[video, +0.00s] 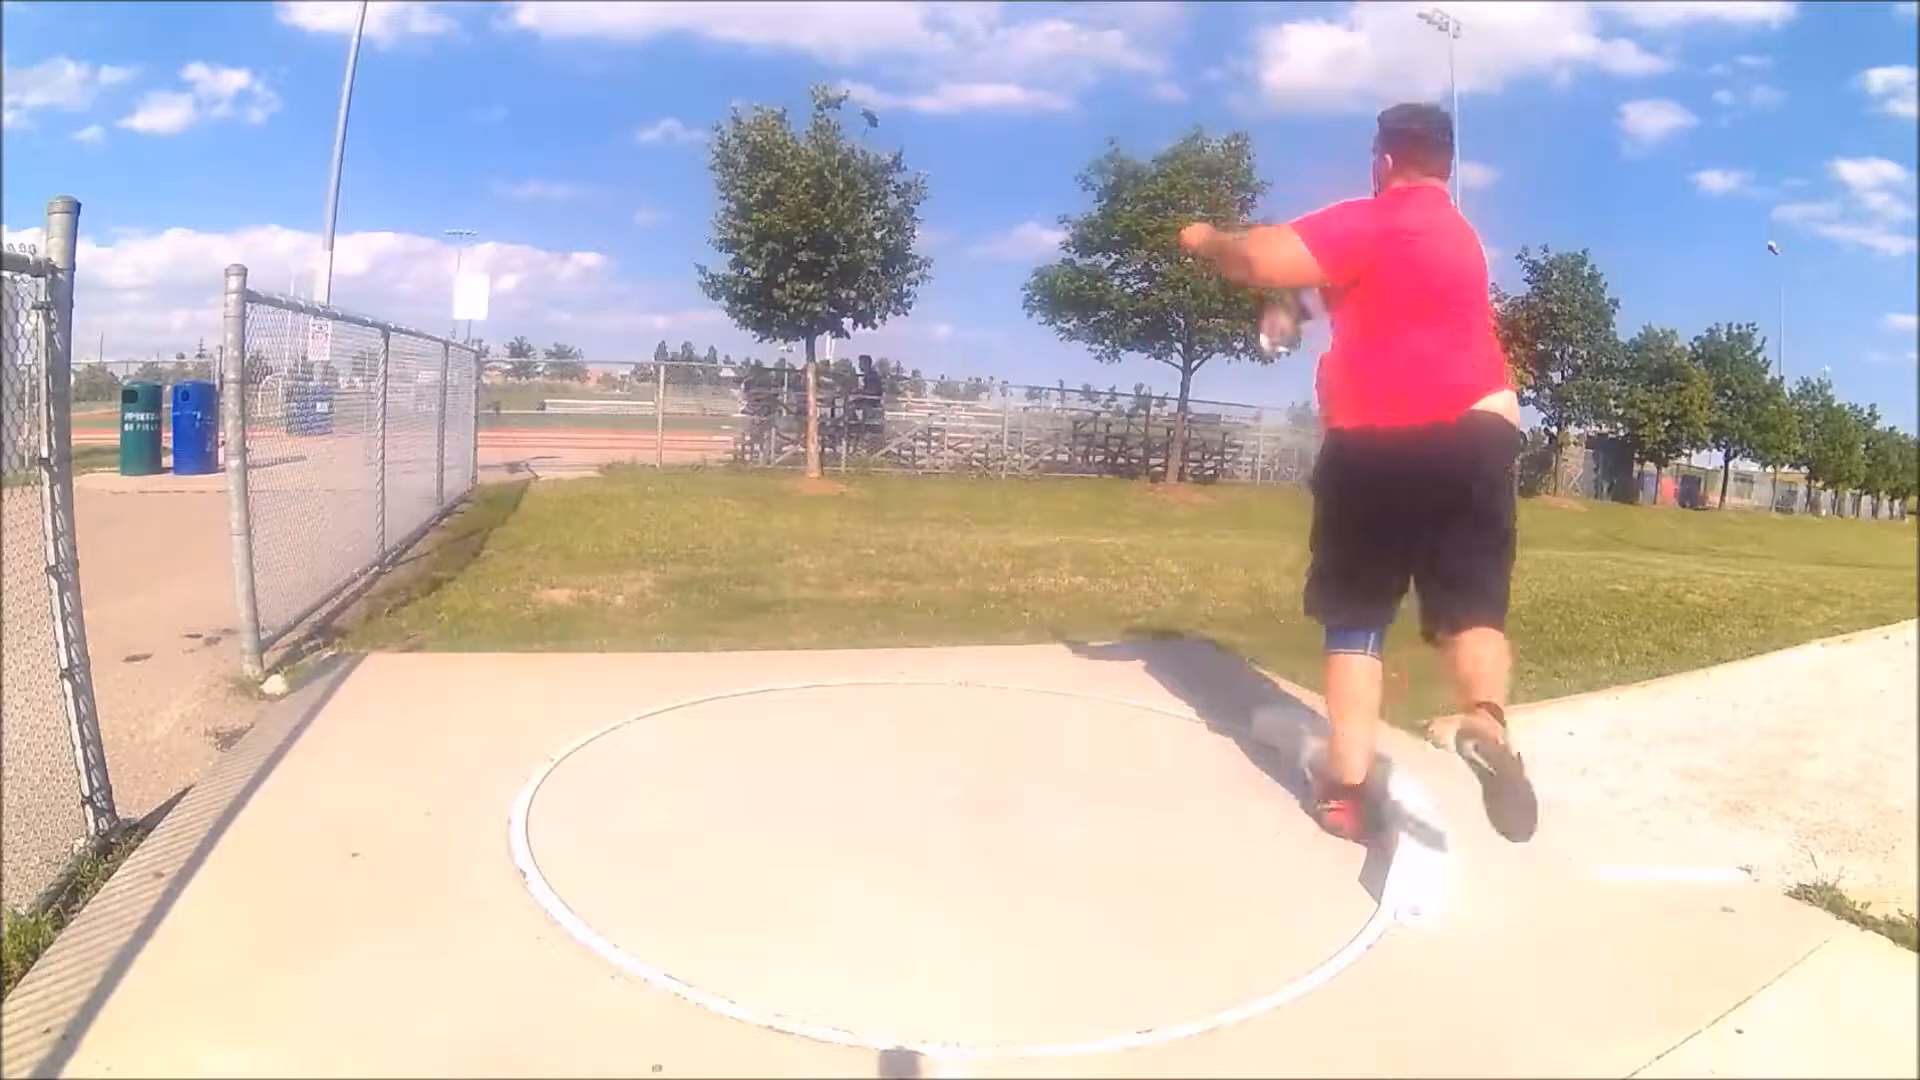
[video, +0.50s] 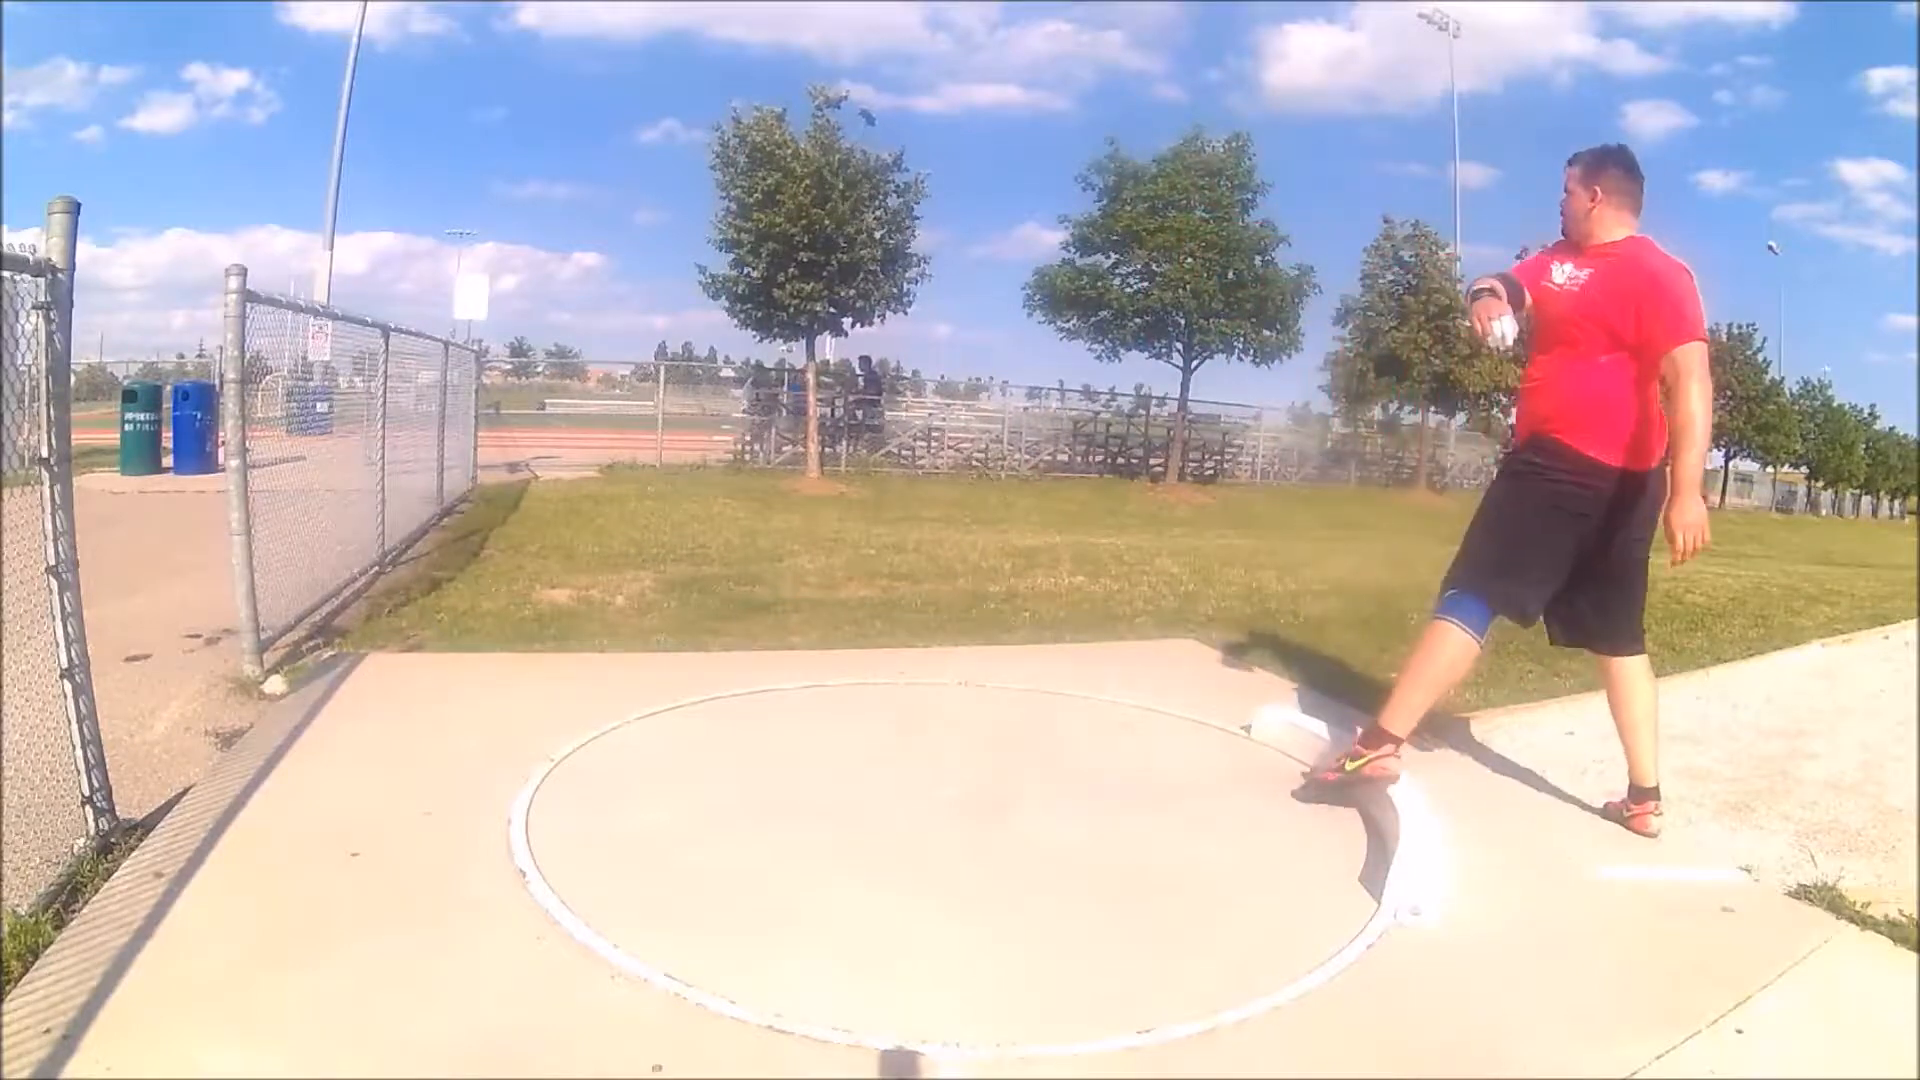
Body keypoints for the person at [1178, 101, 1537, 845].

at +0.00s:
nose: (1375, 169)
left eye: (1376, 159)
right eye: (1381, 160)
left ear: (1384, 161)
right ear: (1447, 166)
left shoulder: (1375, 222)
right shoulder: (1461, 234)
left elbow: (1259, 261)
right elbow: (1369, 278)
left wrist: (1208, 239)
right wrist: (1300, 305)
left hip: (1371, 444)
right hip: (1476, 438)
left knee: (1354, 621)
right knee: (1473, 605)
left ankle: (1350, 795)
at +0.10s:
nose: (1403, 176)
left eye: (1407, 165)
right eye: (1408, 165)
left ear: (1425, 163)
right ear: (1474, 169)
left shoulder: (1448, 220)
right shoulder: (1464, 232)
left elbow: (1391, 264)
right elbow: (1363, 289)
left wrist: (1267, 257)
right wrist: (1283, 317)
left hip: (1420, 453)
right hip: (1514, 447)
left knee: (1385, 622)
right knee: (1540, 616)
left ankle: (1351, 793)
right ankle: (1637, 740)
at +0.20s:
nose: (1441, 190)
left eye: (1447, 177)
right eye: (1444, 178)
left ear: (1471, 178)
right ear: (1506, 182)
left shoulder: (1510, 233)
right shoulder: (1449, 250)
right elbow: (1381, 293)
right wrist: (1306, 301)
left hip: (1468, 464)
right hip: (1552, 464)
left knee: (1415, 632)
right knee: (1581, 626)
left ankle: (1356, 792)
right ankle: (1657, 779)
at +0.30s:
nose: (1487, 206)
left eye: (1494, 193)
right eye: (1489, 193)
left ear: (1526, 195)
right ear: (1536, 197)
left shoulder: (1576, 262)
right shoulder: (1484, 266)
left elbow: (1612, 330)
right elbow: (1422, 287)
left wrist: (1554, 361)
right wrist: (1369, 292)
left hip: (1516, 484)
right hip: (1586, 490)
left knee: (1439, 641)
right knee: (1590, 644)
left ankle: (1361, 794)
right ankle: (1636, 796)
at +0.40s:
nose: (1529, 209)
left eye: (1536, 197)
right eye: (1531, 198)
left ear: (1568, 200)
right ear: (1571, 201)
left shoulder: (1632, 275)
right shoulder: (1522, 265)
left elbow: (1671, 360)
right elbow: (1476, 291)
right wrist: (1446, 297)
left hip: (1547, 476)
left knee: (1461, 622)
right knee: (1607, 640)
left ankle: (1369, 766)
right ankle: (1642, 794)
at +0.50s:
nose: (1562, 208)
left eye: (1568, 196)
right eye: (1564, 196)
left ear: (1596, 195)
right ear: (1613, 196)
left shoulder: (1659, 271)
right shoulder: (1555, 260)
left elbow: (1691, 379)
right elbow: (1501, 286)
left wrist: (1689, 492)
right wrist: (1489, 298)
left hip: (1561, 461)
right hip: (1631, 476)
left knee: (1471, 597)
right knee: (1618, 629)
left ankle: (1381, 741)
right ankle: (1645, 796)